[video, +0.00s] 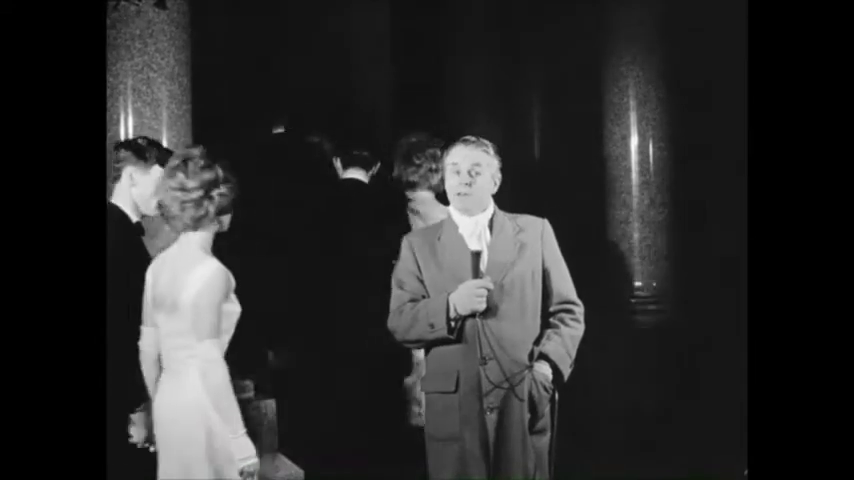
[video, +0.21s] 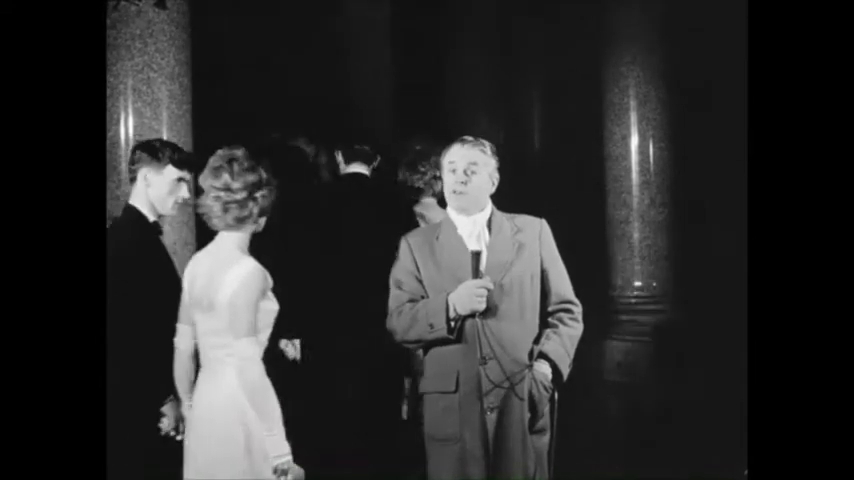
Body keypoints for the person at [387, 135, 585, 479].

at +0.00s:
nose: (464, 178)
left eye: (476, 169)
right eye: (455, 170)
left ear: (495, 181)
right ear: (443, 181)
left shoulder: (535, 232)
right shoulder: (417, 244)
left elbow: (567, 310)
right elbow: (400, 321)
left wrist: (547, 365)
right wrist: (449, 306)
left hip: (521, 396)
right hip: (450, 399)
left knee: (524, 475)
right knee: (454, 474)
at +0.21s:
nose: (460, 177)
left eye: (472, 168)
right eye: (452, 169)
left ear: (493, 181)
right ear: (441, 180)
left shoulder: (533, 232)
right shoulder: (416, 244)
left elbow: (565, 310)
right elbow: (399, 321)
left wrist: (547, 363)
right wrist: (449, 306)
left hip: (520, 398)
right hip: (449, 401)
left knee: (523, 475)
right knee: (452, 474)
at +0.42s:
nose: (461, 174)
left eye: (473, 166)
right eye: (452, 167)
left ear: (493, 181)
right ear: (440, 180)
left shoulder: (532, 233)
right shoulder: (415, 246)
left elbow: (565, 310)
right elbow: (398, 323)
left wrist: (547, 363)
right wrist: (449, 306)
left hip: (521, 400)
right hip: (448, 404)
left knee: (523, 475)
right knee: (451, 474)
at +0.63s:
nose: (464, 171)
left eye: (476, 165)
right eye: (454, 164)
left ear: (494, 179)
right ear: (441, 180)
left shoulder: (533, 231)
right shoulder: (415, 244)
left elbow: (566, 309)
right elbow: (400, 322)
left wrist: (549, 363)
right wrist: (452, 307)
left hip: (522, 399)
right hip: (451, 402)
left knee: (526, 475)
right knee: (453, 474)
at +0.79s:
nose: (465, 183)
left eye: (477, 173)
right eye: (456, 173)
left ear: (496, 181)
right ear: (443, 182)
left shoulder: (535, 231)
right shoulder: (418, 242)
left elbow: (568, 309)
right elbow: (402, 320)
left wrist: (550, 364)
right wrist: (453, 309)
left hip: (523, 397)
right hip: (453, 400)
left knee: (527, 474)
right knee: (456, 474)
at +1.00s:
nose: (470, 185)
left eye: (480, 175)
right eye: (461, 175)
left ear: (499, 181)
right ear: (447, 181)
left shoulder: (538, 231)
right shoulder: (419, 244)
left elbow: (570, 309)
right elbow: (402, 322)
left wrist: (550, 365)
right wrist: (453, 309)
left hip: (525, 398)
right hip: (453, 400)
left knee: (527, 475)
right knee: (456, 474)